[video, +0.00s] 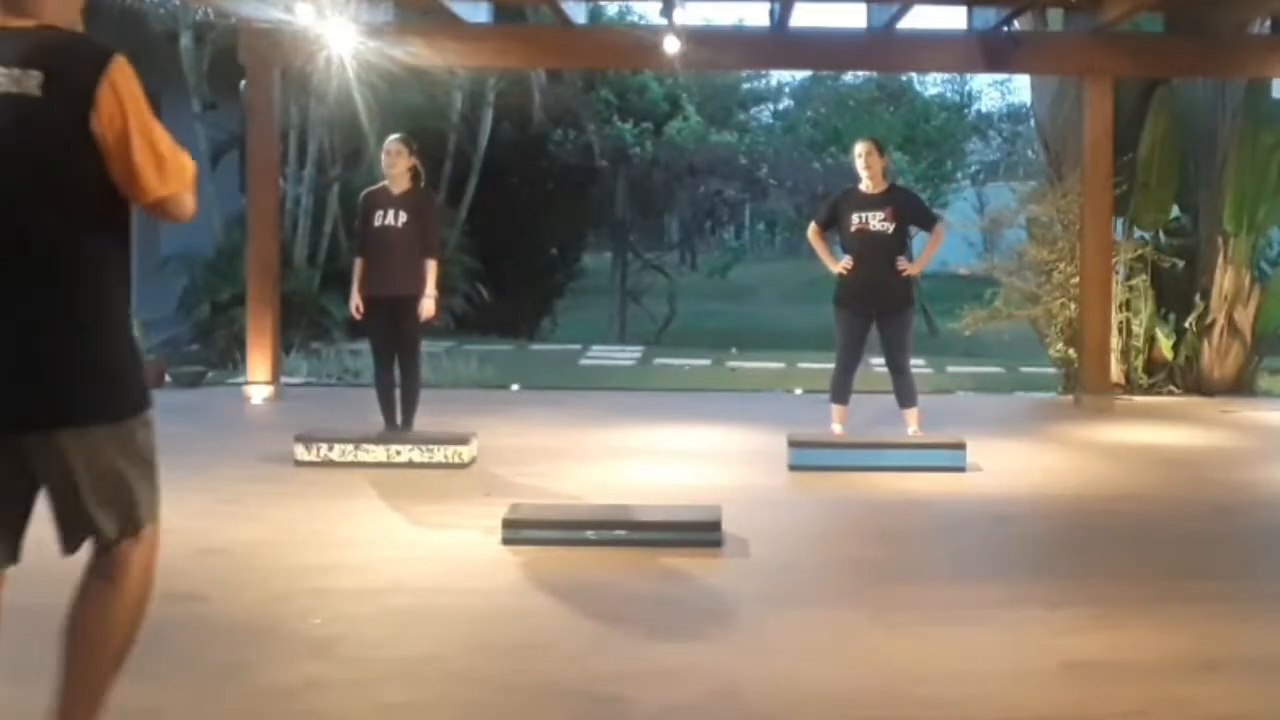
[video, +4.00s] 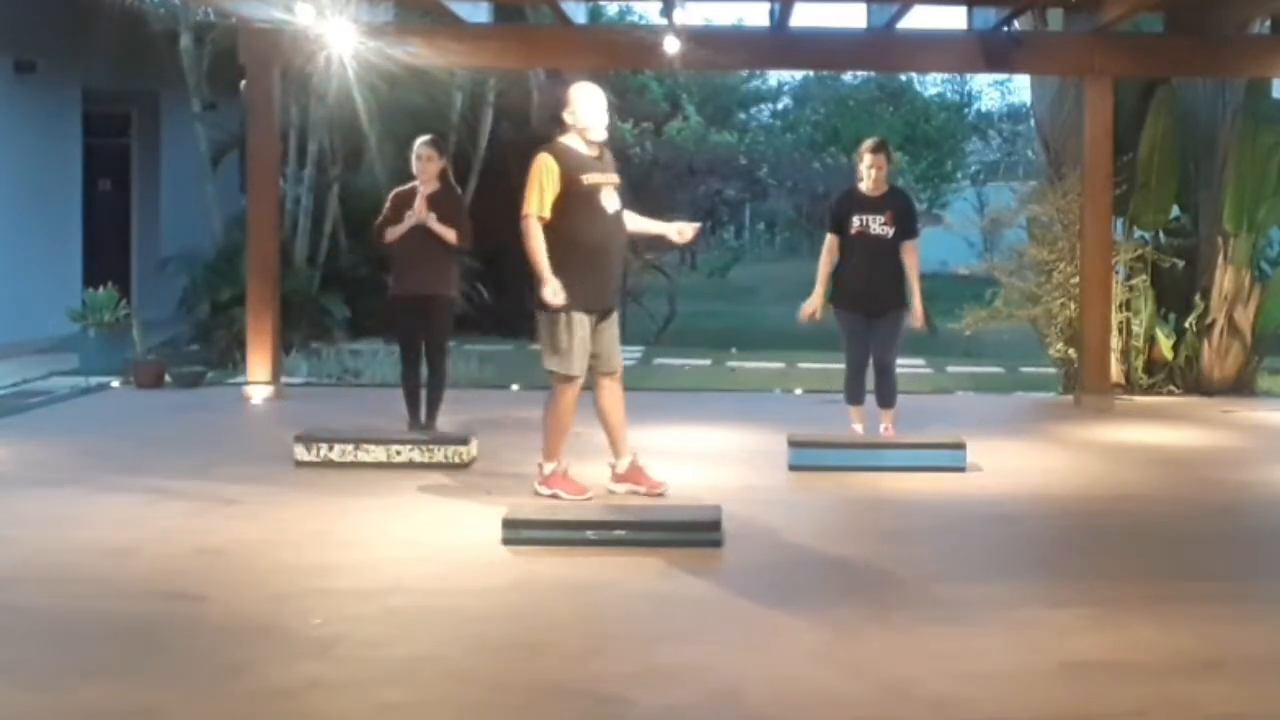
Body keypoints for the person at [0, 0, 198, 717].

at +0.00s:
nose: (86, 8)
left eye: (83, 7)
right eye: (82, 4)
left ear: (11, 4)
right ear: (69, 3)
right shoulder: (89, 67)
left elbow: (172, 197)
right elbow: (176, 197)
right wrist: (156, 146)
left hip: (9, 361)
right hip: (72, 359)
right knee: (128, 536)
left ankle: (74, 708)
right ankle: (76, 713)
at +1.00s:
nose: (271, 55)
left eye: (266, 45)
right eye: (268, 46)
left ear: (204, 48)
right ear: (257, 47)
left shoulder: (156, 114)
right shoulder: (283, 118)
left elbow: (122, 221)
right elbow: (317, 219)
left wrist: (127, 315)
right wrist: (360, 313)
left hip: (180, 326)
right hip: (266, 328)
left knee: (196, 467)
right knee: (292, 453)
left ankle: (212, 632)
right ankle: (246, 581)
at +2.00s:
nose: (367, 95)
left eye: (356, 85)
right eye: (366, 86)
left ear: (318, 90)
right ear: (362, 91)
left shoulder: (284, 142)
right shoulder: (383, 145)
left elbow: (255, 222)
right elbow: (430, 207)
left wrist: (229, 294)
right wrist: (506, 224)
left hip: (298, 305)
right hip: (363, 308)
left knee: (305, 420)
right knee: (369, 413)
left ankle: (319, 549)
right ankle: (321, 506)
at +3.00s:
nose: (506, 120)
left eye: (505, 112)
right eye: (502, 112)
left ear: (464, 113)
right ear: (483, 113)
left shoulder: (428, 154)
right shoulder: (487, 158)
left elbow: (411, 219)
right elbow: (502, 222)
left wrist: (449, 236)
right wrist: (553, 274)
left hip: (438, 290)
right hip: (479, 296)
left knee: (454, 385)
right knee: (474, 387)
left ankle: (464, 475)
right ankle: (426, 484)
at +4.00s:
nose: (601, 117)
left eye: (603, 109)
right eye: (591, 109)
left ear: (606, 113)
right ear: (569, 114)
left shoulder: (603, 159)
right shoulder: (550, 159)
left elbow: (613, 217)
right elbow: (531, 221)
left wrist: (666, 228)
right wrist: (547, 278)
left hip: (605, 291)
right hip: (567, 291)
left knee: (610, 375)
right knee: (569, 379)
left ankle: (623, 464)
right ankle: (551, 469)